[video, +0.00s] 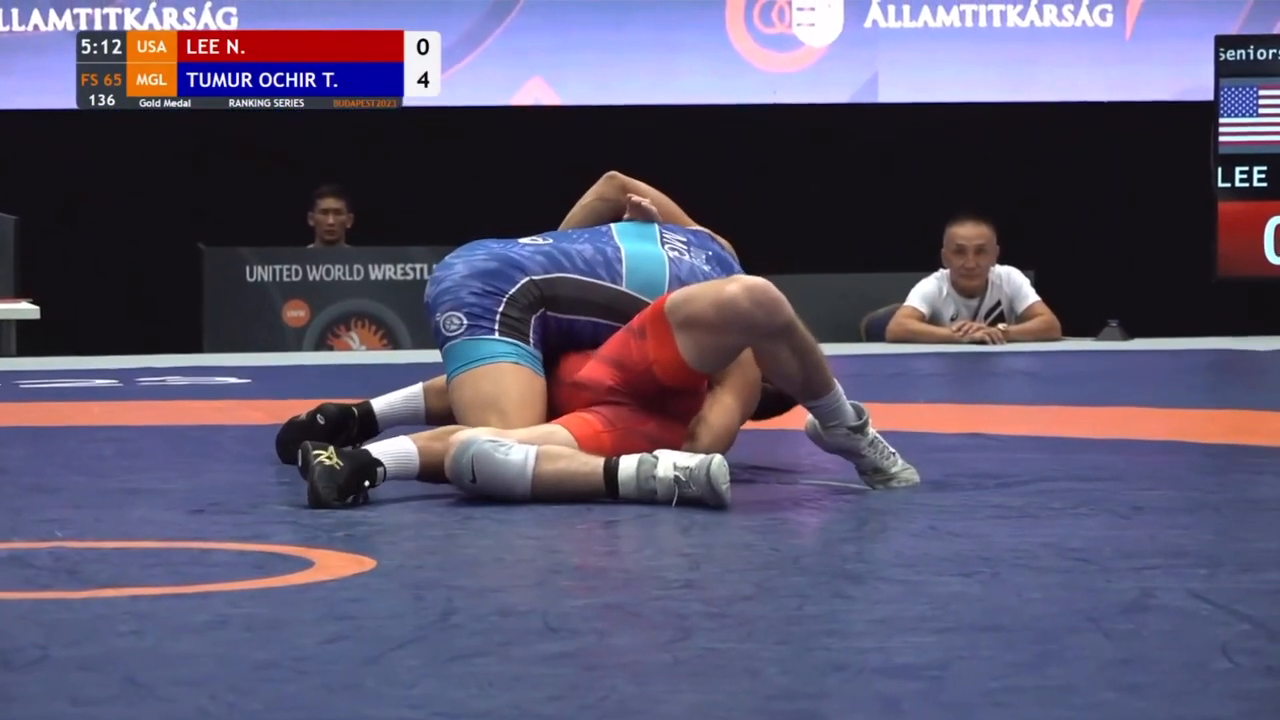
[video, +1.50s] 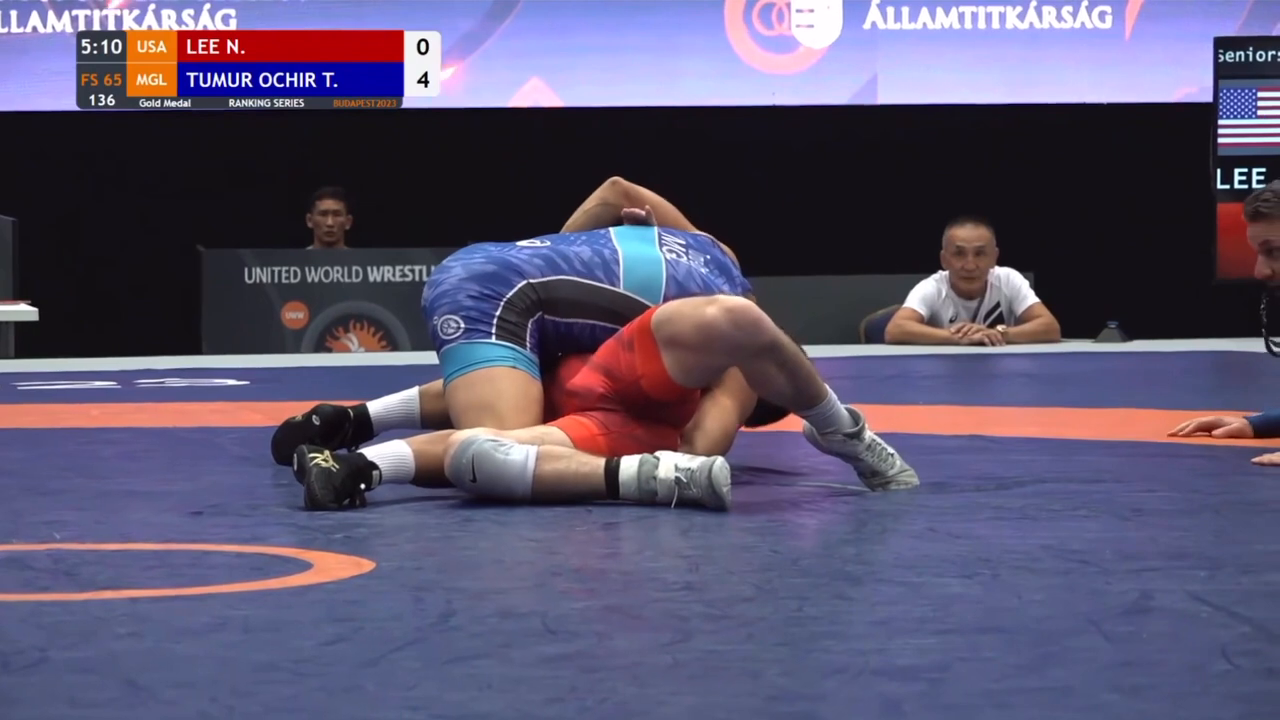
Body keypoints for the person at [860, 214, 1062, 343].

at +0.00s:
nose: (970, 263)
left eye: (980, 252)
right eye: (959, 253)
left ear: (996, 254)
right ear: (944, 256)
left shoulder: (1010, 279)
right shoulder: (931, 287)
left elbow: (1051, 328)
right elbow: (896, 330)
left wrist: (994, 334)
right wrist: (962, 336)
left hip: (1004, 381)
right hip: (944, 383)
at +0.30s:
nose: (972, 264)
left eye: (983, 253)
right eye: (962, 253)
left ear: (998, 255)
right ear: (946, 255)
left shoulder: (1012, 279)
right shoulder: (934, 287)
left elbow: (1054, 328)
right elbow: (899, 330)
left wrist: (999, 333)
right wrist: (962, 336)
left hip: (1005, 377)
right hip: (947, 378)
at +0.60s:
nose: (974, 264)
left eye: (985, 254)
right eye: (964, 254)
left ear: (1000, 255)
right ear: (948, 256)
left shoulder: (1014, 280)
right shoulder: (936, 288)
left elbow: (1056, 329)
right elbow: (901, 330)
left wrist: (1001, 334)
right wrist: (964, 336)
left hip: (1006, 378)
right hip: (949, 379)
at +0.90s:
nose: (976, 264)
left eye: (986, 254)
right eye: (965, 254)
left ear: (1001, 255)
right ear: (949, 256)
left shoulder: (1015, 280)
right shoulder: (937, 288)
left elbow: (1057, 329)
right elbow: (902, 330)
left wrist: (1003, 334)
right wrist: (966, 336)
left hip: (1008, 378)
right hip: (950, 379)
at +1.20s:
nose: (974, 264)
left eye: (984, 254)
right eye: (963, 254)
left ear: (999, 255)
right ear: (948, 256)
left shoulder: (1013, 280)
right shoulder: (935, 287)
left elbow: (1055, 330)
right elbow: (900, 331)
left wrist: (1002, 334)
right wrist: (964, 336)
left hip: (1006, 379)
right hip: (947, 381)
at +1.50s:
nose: (969, 265)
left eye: (980, 254)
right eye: (959, 254)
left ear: (995, 255)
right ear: (943, 258)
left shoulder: (1009, 280)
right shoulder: (931, 288)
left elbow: (1051, 329)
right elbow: (896, 331)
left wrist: (997, 334)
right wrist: (959, 337)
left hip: (1001, 379)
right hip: (943, 380)